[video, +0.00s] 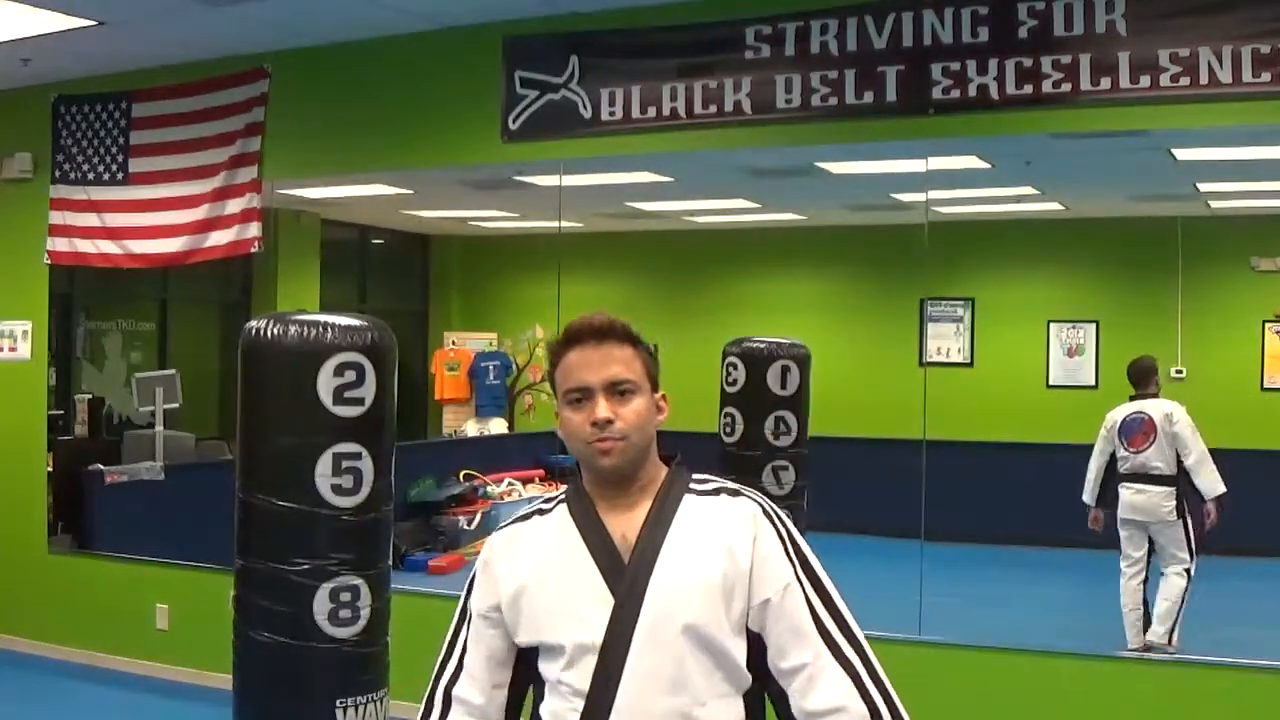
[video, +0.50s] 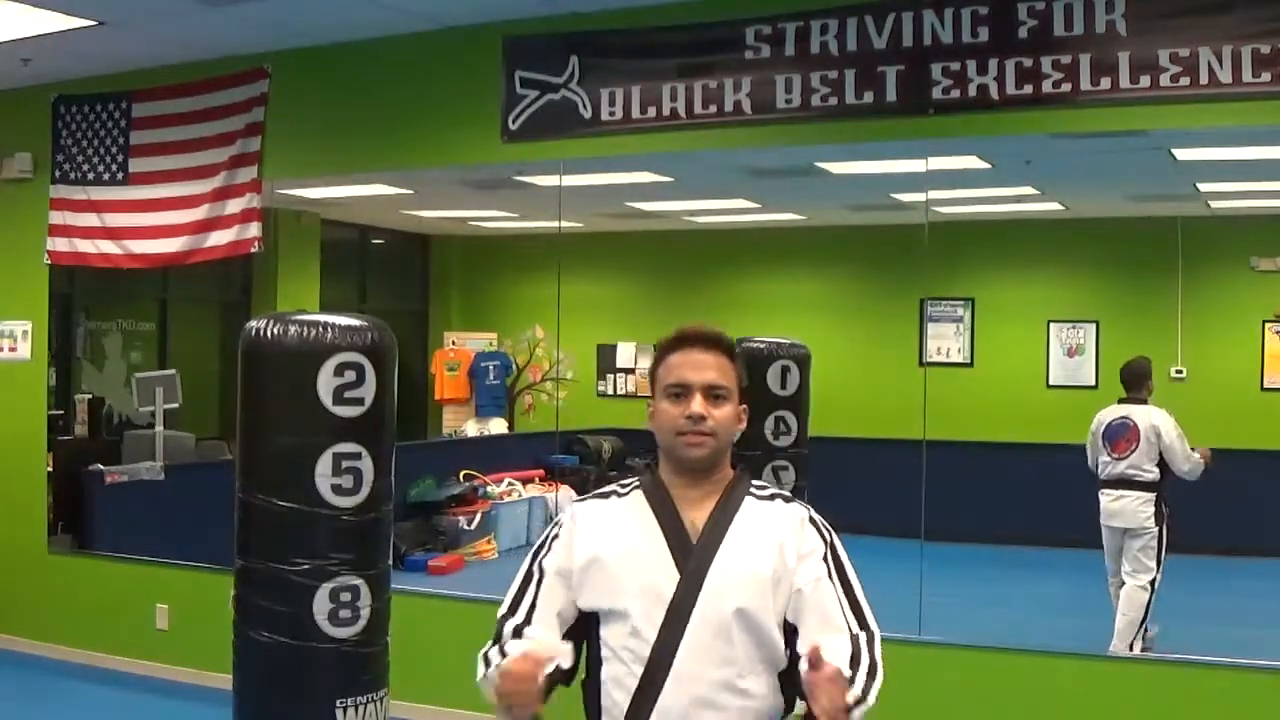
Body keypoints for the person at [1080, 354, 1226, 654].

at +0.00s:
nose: (1160, 380)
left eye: (1155, 377)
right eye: (1159, 376)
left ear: (1131, 382)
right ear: (1156, 379)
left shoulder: (1115, 416)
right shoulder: (1172, 411)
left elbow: (1097, 462)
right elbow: (1194, 455)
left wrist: (1092, 504)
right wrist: (1211, 495)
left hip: (1127, 499)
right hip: (1164, 501)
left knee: (1131, 568)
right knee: (1177, 565)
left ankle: (1135, 641)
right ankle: (1159, 635)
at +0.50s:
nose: (1153, 383)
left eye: (1150, 379)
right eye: (1152, 379)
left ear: (1123, 383)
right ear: (1149, 383)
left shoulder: (1102, 416)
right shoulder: (1159, 418)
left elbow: (1094, 463)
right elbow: (1185, 467)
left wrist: (1121, 467)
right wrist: (1201, 460)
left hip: (1109, 502)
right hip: (1143, 504)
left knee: (1116, 576)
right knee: (1139, 577)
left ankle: (1135, 634)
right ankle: (1120, 650)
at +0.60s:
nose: (1151, 383)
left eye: (1147, 379)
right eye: (1151, 379)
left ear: (1121, 382)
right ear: (1147, 382)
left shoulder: (1099, 414)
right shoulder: (1155, 417)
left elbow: (1094, 458)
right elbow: (1178, 464)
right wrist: (1182, 447)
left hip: (1104, 502)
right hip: (1138, 504)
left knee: (1112, 576)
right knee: (1135, 577)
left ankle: (1131, 637)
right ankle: (1120, 651)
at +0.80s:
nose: (1144, 381)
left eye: (1141, 376)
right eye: (1143, 377)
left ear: (1113, 380)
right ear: (1140, 380)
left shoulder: (1093, 411)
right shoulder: (1150, 415)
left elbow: (1086, 453)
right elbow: (1174, 459)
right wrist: (1146, 449)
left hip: (1096, 502)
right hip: (1130, 505)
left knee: (1096, 574)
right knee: (1127, 578)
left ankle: (1088, 649)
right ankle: (1119, 654)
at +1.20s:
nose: (1106, 380)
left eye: (1103, 375)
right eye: (1105, 376)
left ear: (1076, 383)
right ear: (1101, 380)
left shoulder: (1061, 416)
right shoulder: (1118, 417)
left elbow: (1056, 456)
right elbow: (1141, 460)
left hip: (1068, 503)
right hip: (1106, 506)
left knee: (1062, 573)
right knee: (1112, 582)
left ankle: (1040, 646)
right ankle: (1116, 655)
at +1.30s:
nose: (1094, 379)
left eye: (1089, 375)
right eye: (1093, 375)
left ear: (1064, 383)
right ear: (1091, 380)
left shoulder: (1050, 416)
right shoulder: (1109, 414)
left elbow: (1046, 457)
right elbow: (1132, 458)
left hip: (1057, 503)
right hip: (1096, 507)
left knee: (1054, 576)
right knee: (1107, 584)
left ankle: (1042, 650)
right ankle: (1114, 654)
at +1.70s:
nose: (1063, 378)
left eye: (1060, 374)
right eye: (1061, 374)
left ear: (1033, 384)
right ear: (1059, 379)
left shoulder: (1022, 418)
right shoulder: (1081, 408)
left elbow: (1022, 464)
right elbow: (1109, 449)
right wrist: (1079, 454)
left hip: (1034, 506)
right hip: (1074, 508)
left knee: (1037, 578)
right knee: (1091, 578)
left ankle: (1036, 651)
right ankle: (1079, 652)